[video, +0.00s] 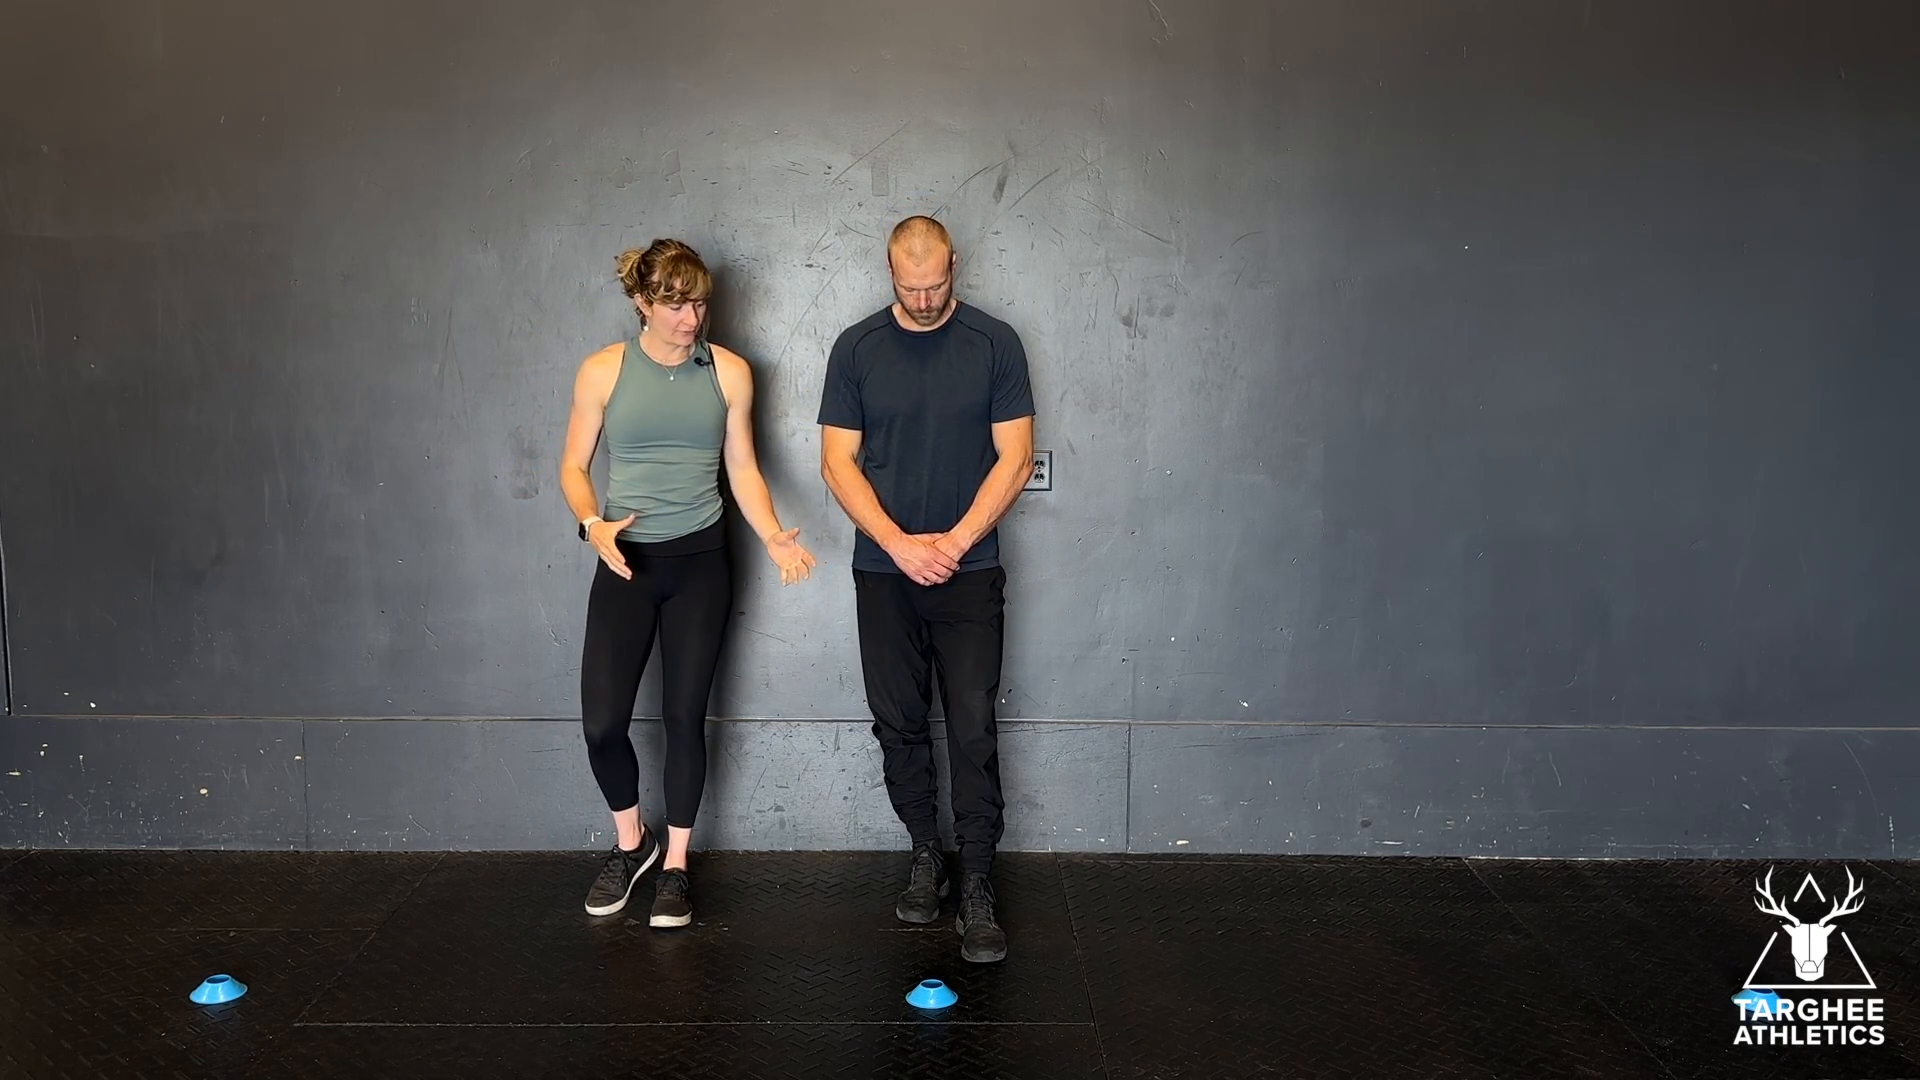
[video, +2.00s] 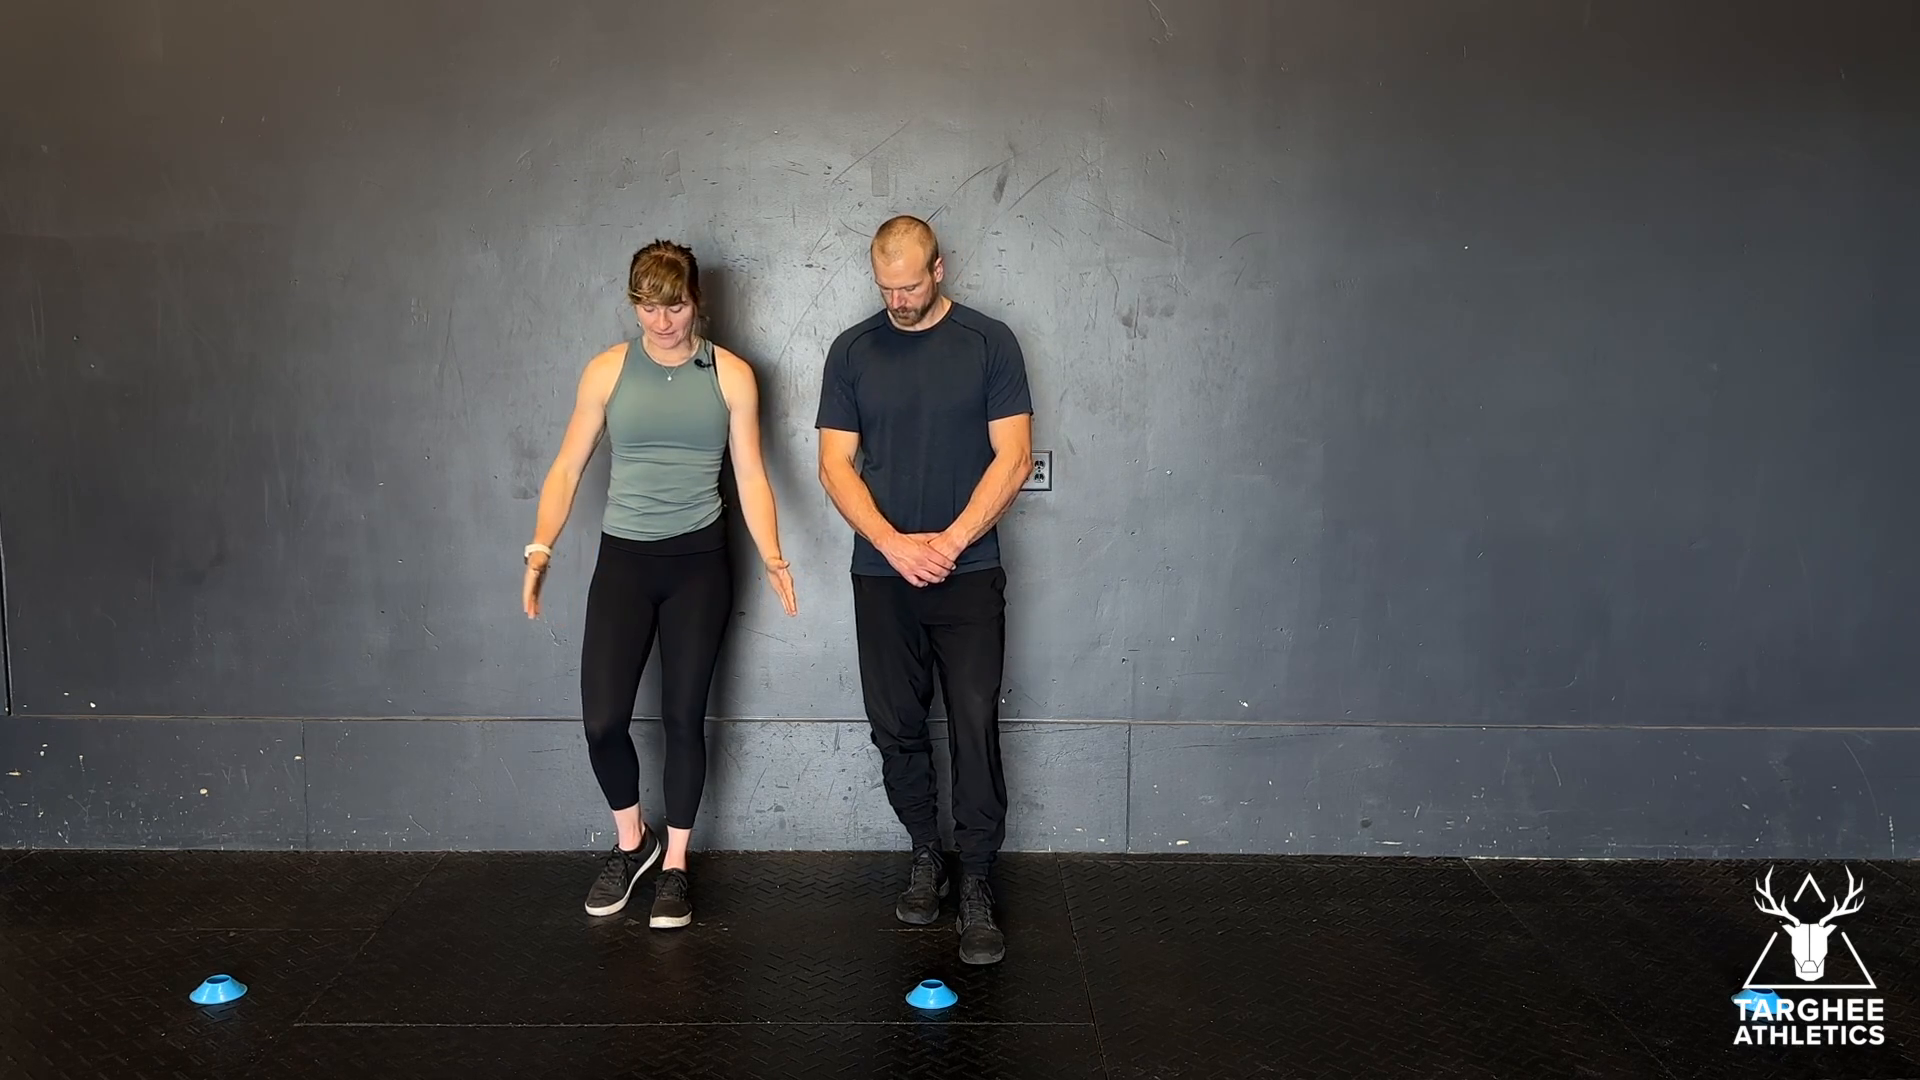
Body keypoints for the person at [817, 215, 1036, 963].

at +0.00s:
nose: (926, 297)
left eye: (936, 284)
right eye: (913, 287)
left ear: (951, 269)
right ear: (892, 275)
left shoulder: (993, 343)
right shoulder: (857, 347)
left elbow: (1017, 460)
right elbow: (837, 465)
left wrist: (953, 542)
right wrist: (896, 541)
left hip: (968, 571)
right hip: (885, 572)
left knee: (971, 731)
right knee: (899, 726)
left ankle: (977, 888)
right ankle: (928, 858)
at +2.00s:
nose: (900, 300)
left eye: (911, 287)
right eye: (888, 288)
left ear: (937, 270)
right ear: (872, 277)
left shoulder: (988, 342)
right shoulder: (852, 351)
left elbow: (1014, 459)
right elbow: (834, 467)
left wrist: (950, 541)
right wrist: (890, 541)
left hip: (968, 572)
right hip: (883, 573)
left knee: (974, 727)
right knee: (897, 728)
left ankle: (977, 884)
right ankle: (929, 858)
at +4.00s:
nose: (934, 294)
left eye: (943, 282)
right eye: (921, 283)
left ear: (954, 270)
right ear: (893, 272)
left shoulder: (990, 339)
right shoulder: (854, 352)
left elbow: (1019, 453)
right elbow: (845, 464)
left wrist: (962, 535)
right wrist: (901, 537)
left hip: (975, 559)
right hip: (888, 561)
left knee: (986, 709)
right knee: (899, 715)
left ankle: (978, 849)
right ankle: (925, 853)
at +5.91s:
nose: (974, 266)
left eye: (985, 253)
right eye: (965, 255)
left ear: (1016, 255)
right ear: (957, 261)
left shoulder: (1063, 339)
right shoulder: (932, 342)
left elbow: (1086, 450)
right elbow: (913, 450)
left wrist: (1026, 530)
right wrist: (969, 526)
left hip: (1036, 552)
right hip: (955, 551)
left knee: (1020, 701)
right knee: (948, 702)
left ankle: (994, 832)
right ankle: (945, 847)